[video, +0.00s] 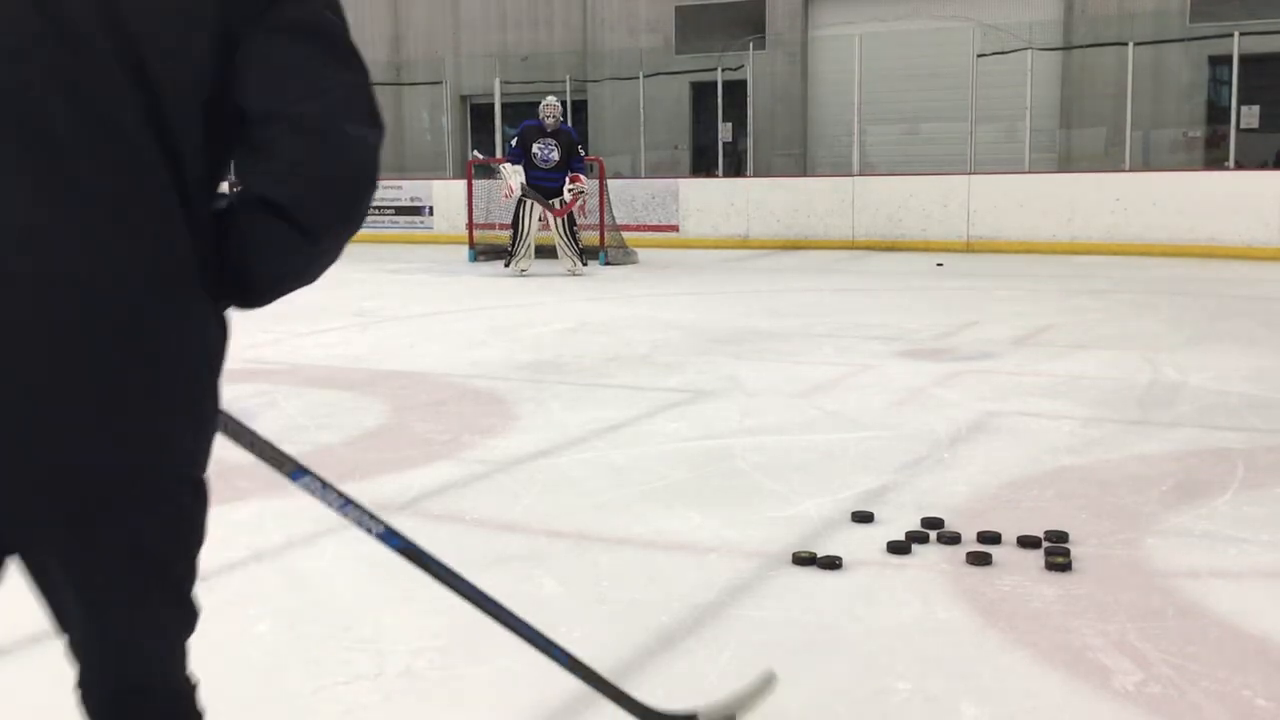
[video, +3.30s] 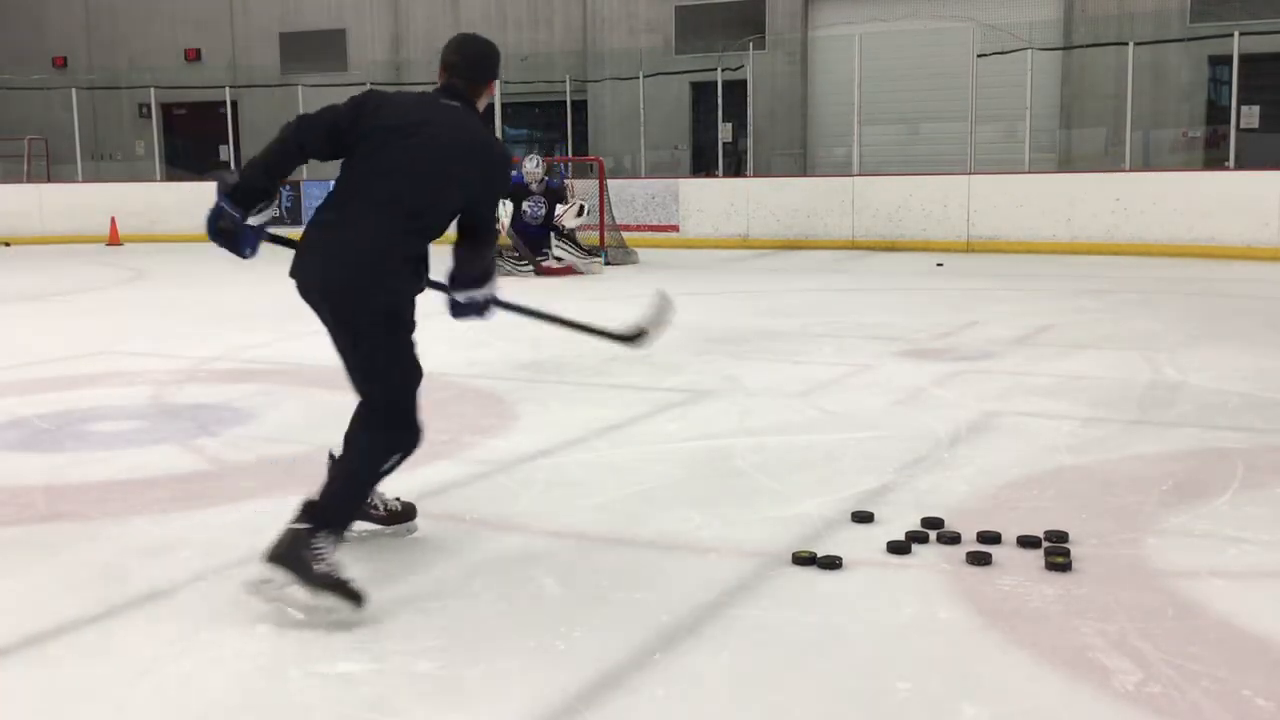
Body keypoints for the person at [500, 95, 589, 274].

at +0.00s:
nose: (551, 115)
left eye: (554, 111)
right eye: (547, 110)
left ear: (560, 113)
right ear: (540, 112)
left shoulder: (568, 134)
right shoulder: (528, 129)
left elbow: (577, 162)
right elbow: (513, 156)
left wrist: (577, 183)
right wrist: (512, 178)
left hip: (558, 191)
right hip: (531, 190)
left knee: (564, 229)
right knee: (524, 229)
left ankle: (575, 265)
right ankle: (519, 266)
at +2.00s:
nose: (536, 133)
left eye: (541, 130)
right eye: (533, 130)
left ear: (546, 131)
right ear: (528, 131)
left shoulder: (556, 149)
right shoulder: (517, 148)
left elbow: (569, 181)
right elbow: (503, 171)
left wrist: (574, 176)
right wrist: (501, 190)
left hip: (552, 197)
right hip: (523, 197)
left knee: (566, 229)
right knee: (511, 231)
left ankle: (578, 263)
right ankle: (501, 264)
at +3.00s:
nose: (538, 155)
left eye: (541, 151)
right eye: (534, 151)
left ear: (547, 152)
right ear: (528, 153)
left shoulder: (556, 170)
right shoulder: (516, 169)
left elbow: (569, 195)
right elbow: (500, 191)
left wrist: (580, 186)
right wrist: (501, 211)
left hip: (549, 209)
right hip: (523, 209)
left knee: (565, 236)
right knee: (510, 237)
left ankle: (584, 263)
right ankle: (491, 265)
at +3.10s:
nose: (538, 158)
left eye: (541, 154)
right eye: (534, 154)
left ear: (548, 156)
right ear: (528, 156)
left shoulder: (556, 174)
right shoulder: (516, 171)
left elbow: (565, 197)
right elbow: (500, 191)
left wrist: (573, 204)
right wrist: (512, 210)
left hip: (549, 217)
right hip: (522, 217)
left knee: (565, 241)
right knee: (512, 243)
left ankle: (587, 264)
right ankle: (493, 266)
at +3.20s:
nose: (536, 164)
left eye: (540, 160)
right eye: (532, 160)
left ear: (547, 160)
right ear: (527, 161)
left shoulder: (556, 180)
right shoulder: (518, 178)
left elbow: (564, 203)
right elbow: (501, 196)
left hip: (549, 224)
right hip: (524, 225)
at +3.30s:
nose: (532, 177)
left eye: (536, 173)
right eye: (529, 173)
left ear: (543, 172)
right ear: (523, 172)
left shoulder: (554, 189)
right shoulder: (515, 187)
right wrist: (502, 218)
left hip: (546, 235)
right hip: (520, 236)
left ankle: (591, 263)